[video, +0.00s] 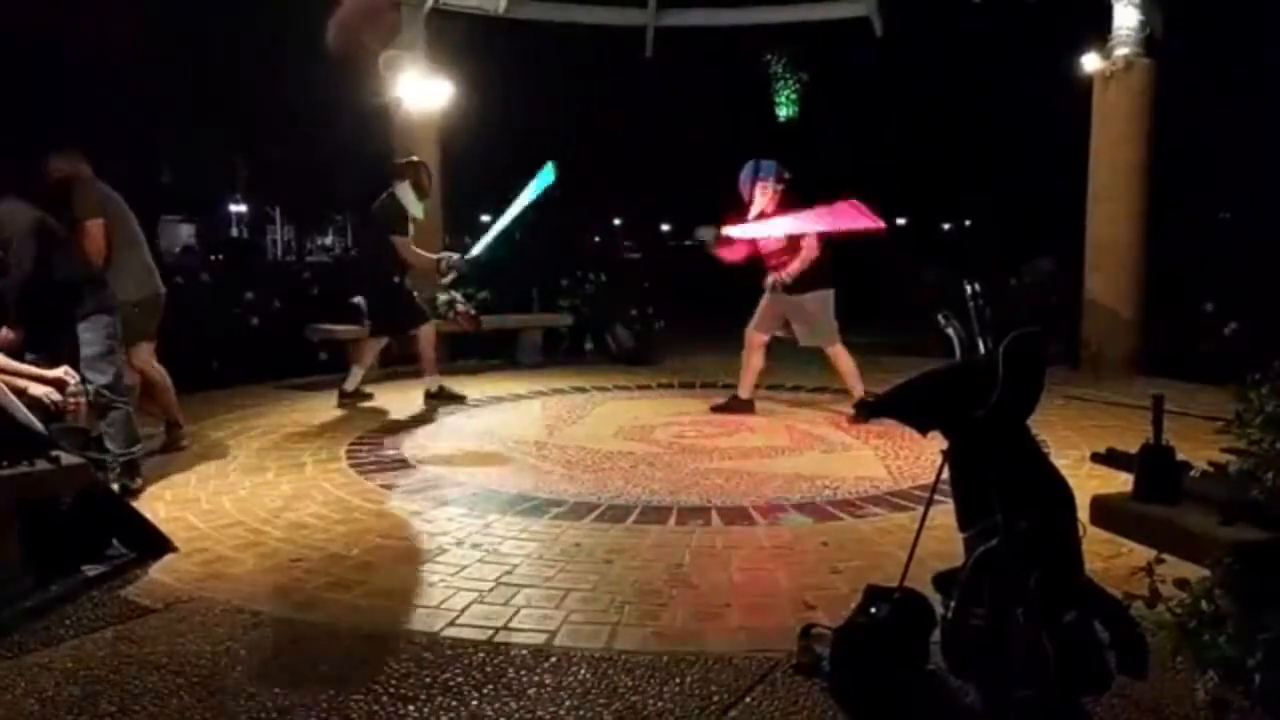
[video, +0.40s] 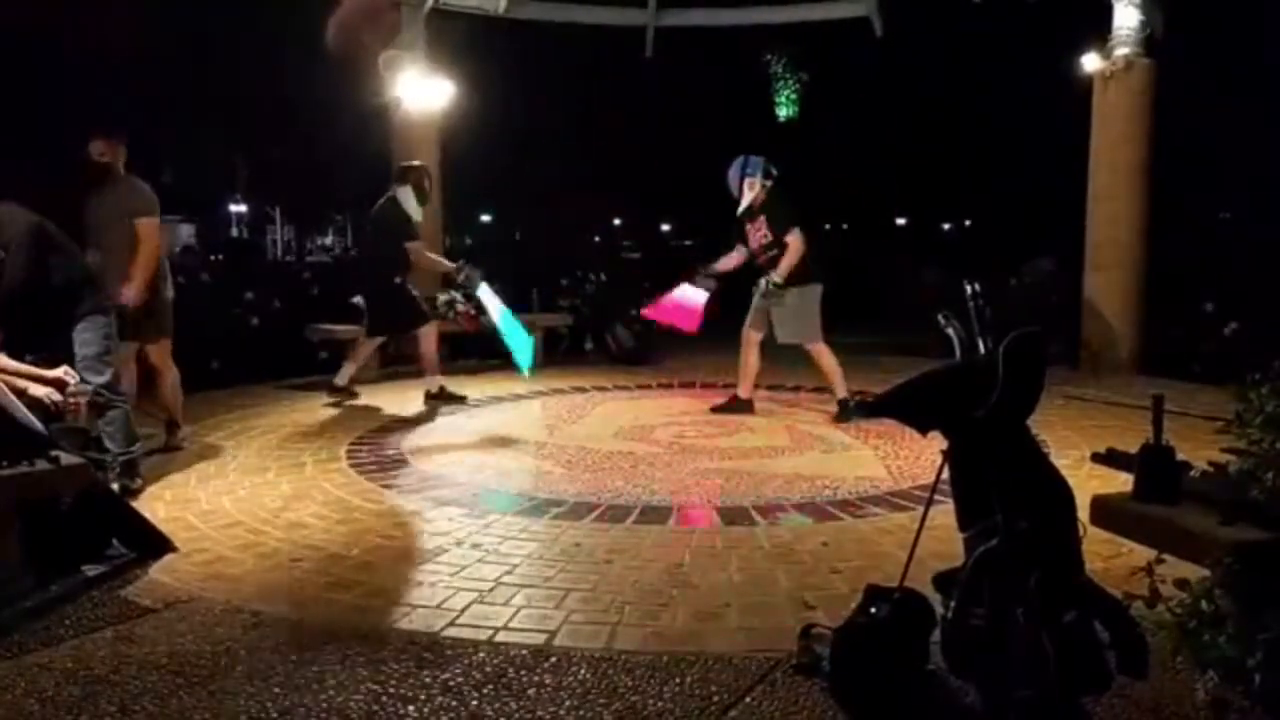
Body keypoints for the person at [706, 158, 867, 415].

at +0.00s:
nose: (767, 195)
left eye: (772, 189)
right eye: (761, 189)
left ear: (779, 191)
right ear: (751, 190)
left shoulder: (797, 215)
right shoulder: (753, 220)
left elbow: (812, 248)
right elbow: (738, 253)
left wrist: (785, 273)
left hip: (812, 288)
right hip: (778, 289)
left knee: (831, 345)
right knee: (755, 337)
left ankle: (861, 399)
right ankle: (743, 398)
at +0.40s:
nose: (747, 189)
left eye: (751, 183)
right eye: (745, 183)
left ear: (761, 183)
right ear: (740, 184)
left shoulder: (778, 205)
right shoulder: (746, 217)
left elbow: (797, 242)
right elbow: (741, 253)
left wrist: (778, 276)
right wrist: (712, 270)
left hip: (801, 282)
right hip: (769, 282)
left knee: (812, 342)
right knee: (751, 336)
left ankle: (844, 399)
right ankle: (743, 397)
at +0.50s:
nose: (753, 189)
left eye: (757, 183)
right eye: (751, 184)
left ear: (768, 182)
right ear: (750, 184)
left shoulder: (785, 206)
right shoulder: (756, 213)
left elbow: (797, 247)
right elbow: (764, 251)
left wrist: (764, 267)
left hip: (802, 288)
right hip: (773, 287)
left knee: (811, 344)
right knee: (751, 335)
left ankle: (842, 399)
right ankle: (743, 397)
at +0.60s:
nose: (768, 187)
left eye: (772, 181)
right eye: (768, 181)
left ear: (781, 181)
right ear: (773, 180)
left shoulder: (795, 206)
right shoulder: (776, 208)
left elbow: (794, 249)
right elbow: (782, 245)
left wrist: (757, 244)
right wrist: (756, 241)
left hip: (806, 288)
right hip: (782, 287)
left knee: (813, 344)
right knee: (764, 340)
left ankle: (843, 400)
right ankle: (745, 397)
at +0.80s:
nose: (787, 179)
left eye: (790, 173)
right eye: (788, 173)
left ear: (802, 173)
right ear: (809, 173)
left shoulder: (812, 200)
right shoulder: (804, 198)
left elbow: (786, 234)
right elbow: (790, 233)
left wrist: (770, 218)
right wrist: (781, 222)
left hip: (822, 282)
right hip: (804, 281)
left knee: (825, 340)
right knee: (782, 331)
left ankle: (844, 399)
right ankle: (781, 395)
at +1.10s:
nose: (807, 170)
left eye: (810, 165)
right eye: (806, 165)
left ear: (821, 164)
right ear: (813, 165)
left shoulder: (826, 191)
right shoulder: (812, 191)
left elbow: (777, 215)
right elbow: (784, 215)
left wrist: (781, 182)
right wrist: (787, 184)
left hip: (830, 277)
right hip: (809, 278)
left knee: (833, 337)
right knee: (807, 334)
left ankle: (845, 398)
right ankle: (822, 393)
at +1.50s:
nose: (812, 170)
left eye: (816, 165)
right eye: (812, 164)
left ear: (819, 166)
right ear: (829, 164)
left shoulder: (831, 194)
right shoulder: (811, 195)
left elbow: (777, 202)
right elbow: (777, 204)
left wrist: (802, 178)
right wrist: (799, 179)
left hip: (831, 273)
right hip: (810, 274)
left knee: (832, 336)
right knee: (818, 337)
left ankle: (844, 397)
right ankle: (823, 393)